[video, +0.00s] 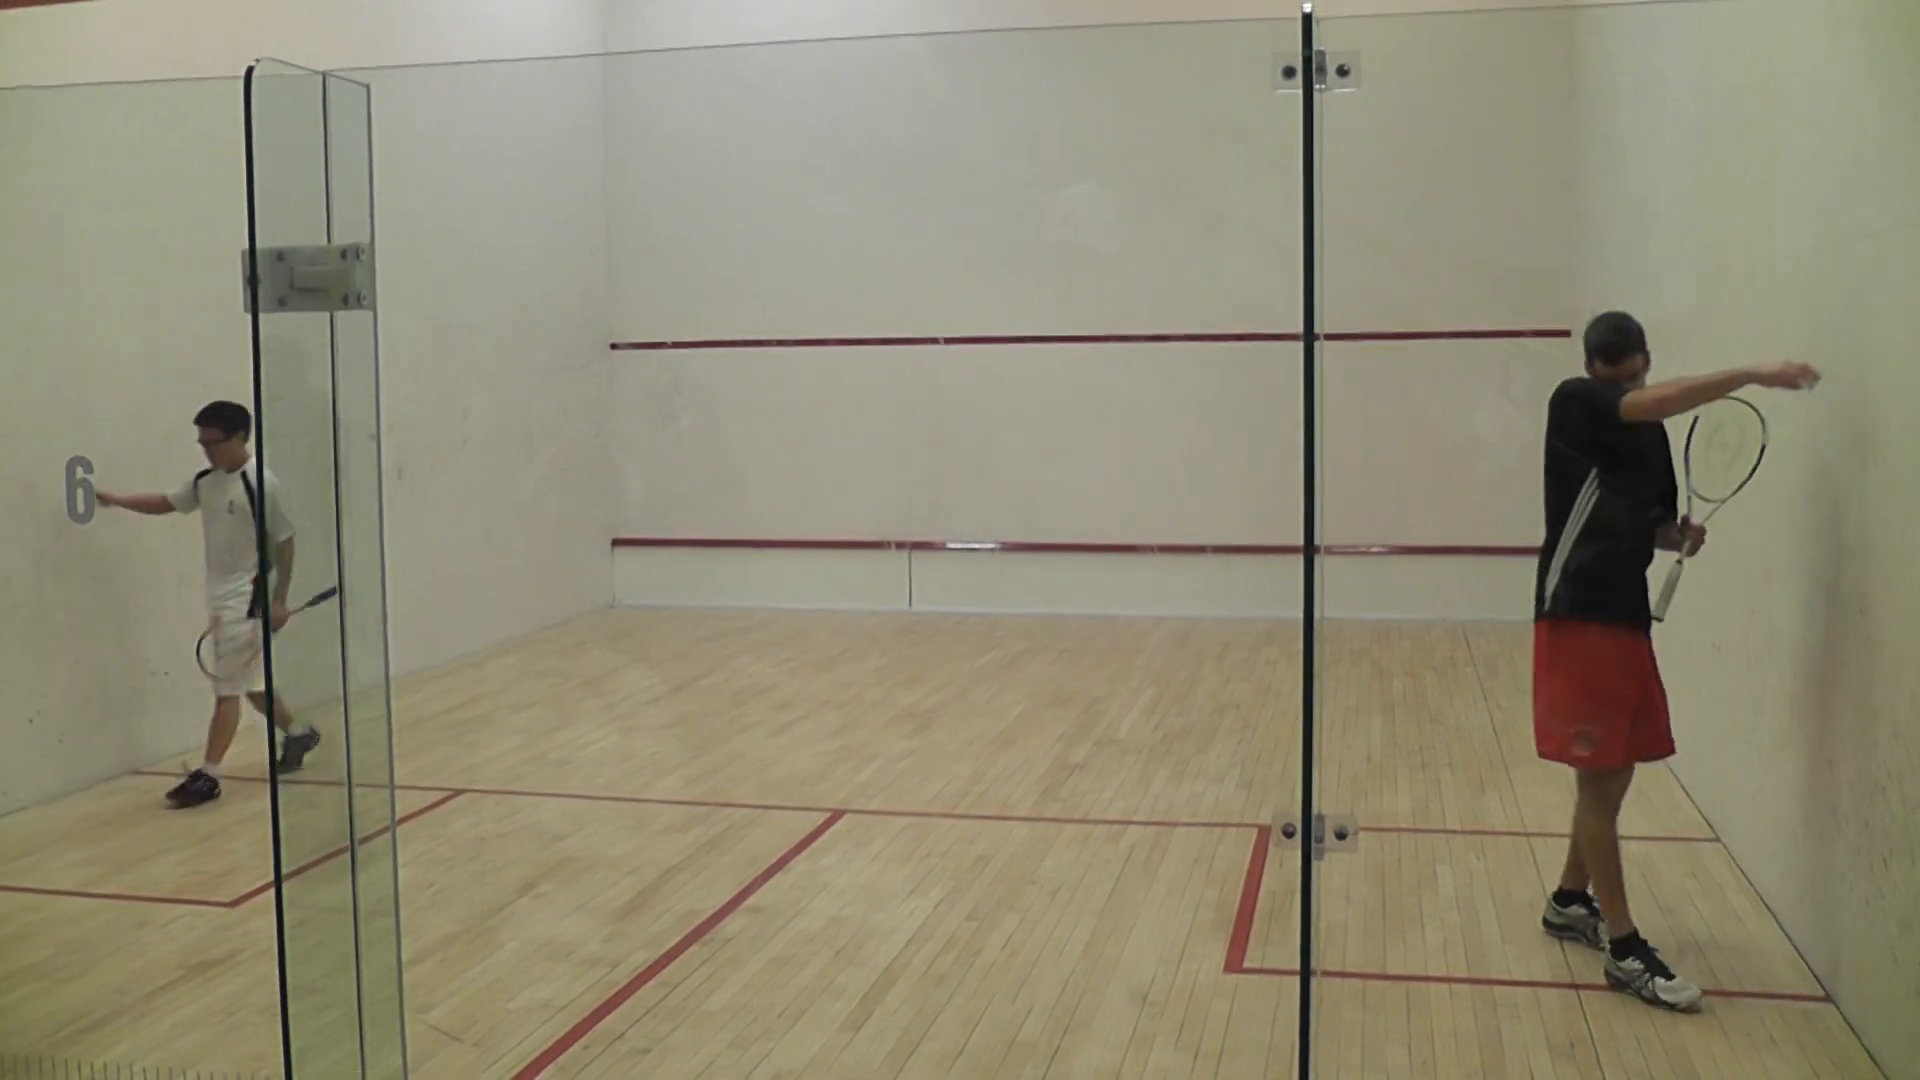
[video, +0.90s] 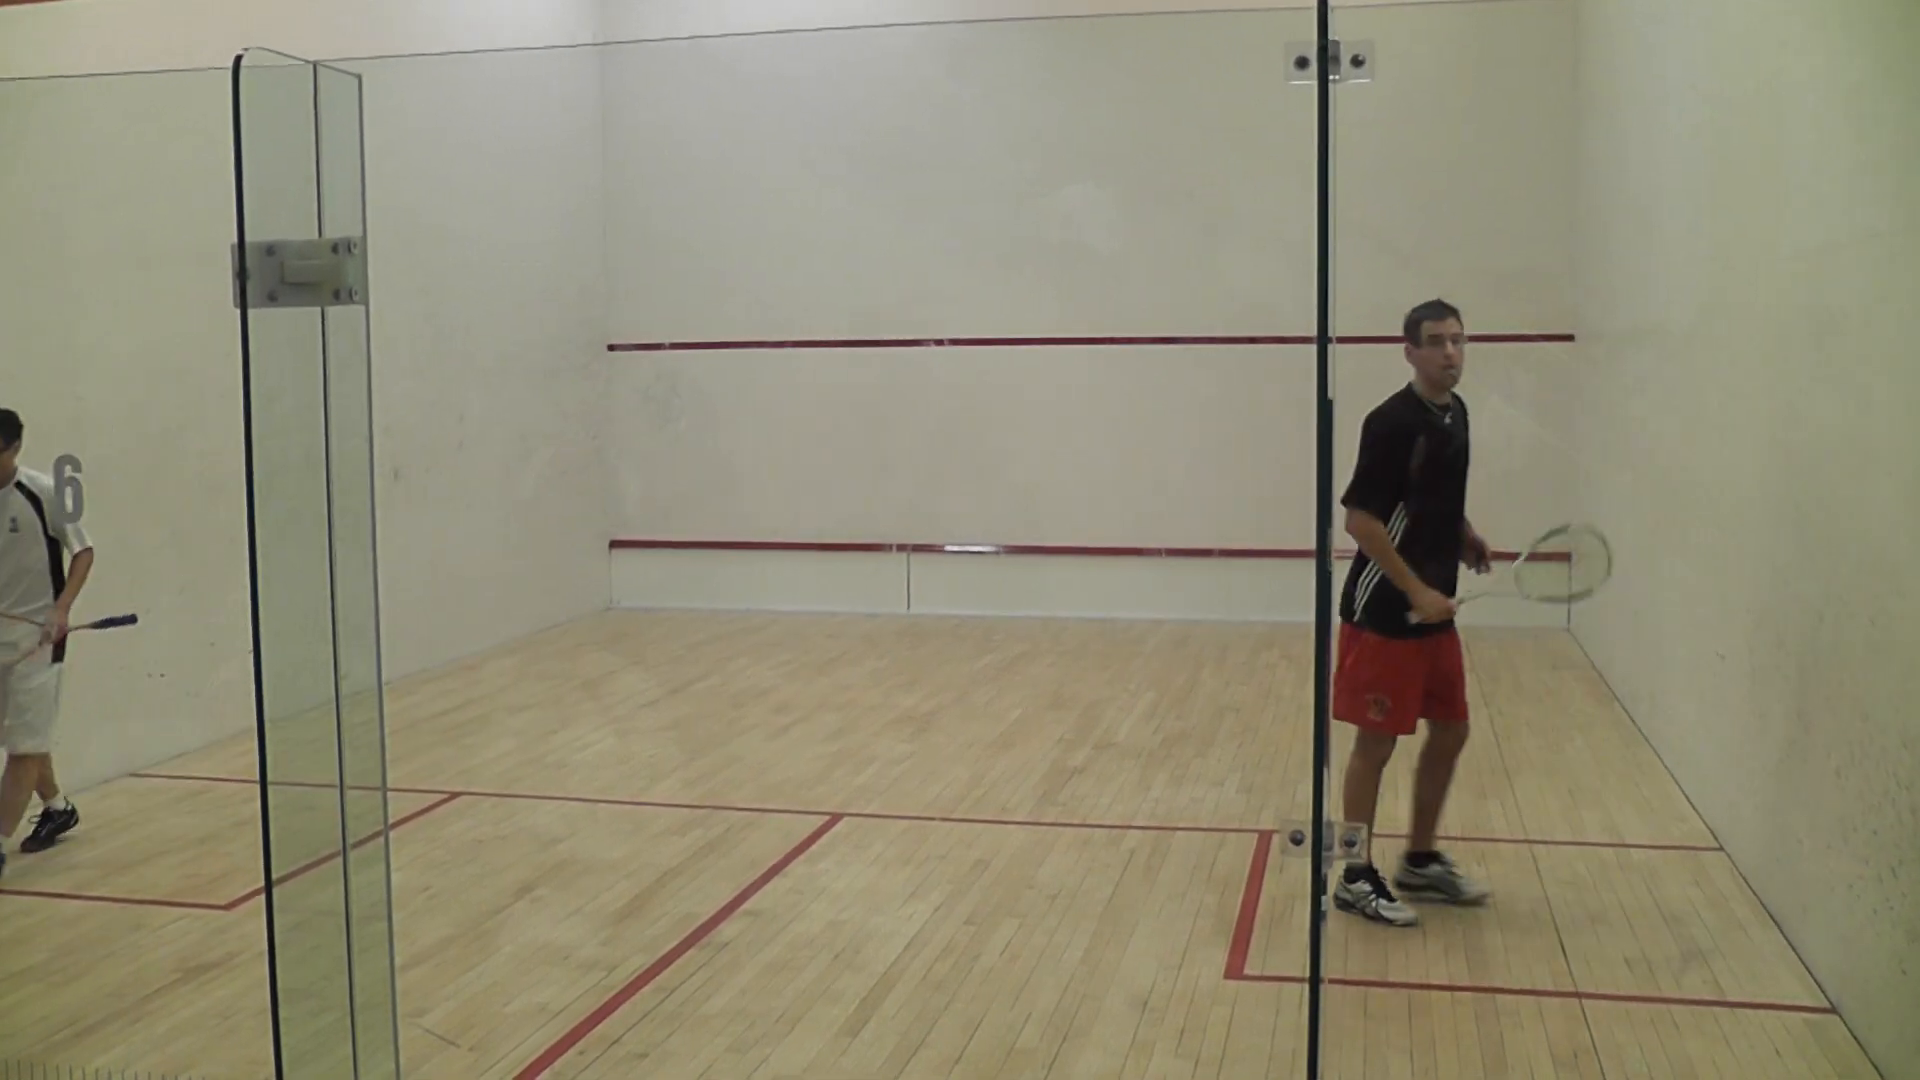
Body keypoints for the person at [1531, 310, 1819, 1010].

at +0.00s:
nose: (1633, 380)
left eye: (1638, 369)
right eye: (1622, 371)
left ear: (1642, 360)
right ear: (1597, 363)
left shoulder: (1650, 428)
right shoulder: (1572, 400)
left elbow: (1645, 521)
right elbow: (1647, 405)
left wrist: (1671, 533)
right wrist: (1752, 375)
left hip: (1623, 616)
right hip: (1579, 614)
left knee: (1618, 765)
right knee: (1601, 774)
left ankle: (1569, 897)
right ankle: (1622, 947)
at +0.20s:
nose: (1599, 386)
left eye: (1608, 373)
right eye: (1586, 376)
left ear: (1620, 357)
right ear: (1561, 361)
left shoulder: (1628, 428)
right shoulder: (1542, 395)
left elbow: (1633, 516)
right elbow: (1583, 423)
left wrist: (1647, 533)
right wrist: (1682, 406)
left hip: (1594, 620)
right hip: (1535, 615)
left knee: (1592, 764)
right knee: (1546, 768)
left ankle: (1571, 908)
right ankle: (1543, 927)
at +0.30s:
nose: (1579, 374)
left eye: (1589, 362)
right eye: (1566, 364)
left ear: (1602, 357)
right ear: (1544, 358)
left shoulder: (1615, 430)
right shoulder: (1519, 401)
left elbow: (1613, 520)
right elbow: (1543, 448)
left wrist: (1631, 535)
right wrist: (1639, 442)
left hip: (1579, 616)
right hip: (1516, 611)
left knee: (1581, 760)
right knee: (1518, 762)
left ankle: (1567, 905)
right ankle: (1480, 902)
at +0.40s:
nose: (1560, 369)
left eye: (1569, 357)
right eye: (1547, 358)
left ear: (1583, 355)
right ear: (1526, 357)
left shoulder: (1585, 430)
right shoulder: (1501, 410)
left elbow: (1579, 518)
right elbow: (1499, 479)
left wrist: (1610, 535)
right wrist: (1597, 488)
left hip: (1558, 621)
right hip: (1494, 619)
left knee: (1569, 761)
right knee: (1488, 762)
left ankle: (1566, 904)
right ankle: (1414, 869)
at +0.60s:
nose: (1513, 369)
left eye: (1520, 357)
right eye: (1499, 358)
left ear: (1529, 362)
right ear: (1471, 361)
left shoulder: (1522, 434)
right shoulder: (1440, 431)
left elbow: (1517, 518)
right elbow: (1431, 529)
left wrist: (1553, 536)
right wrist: (1521, 556)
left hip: (1502, 626)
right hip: (1440, 626)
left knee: (1526, 758)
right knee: (1418, 754)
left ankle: (1559, 899)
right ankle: (1361, 871)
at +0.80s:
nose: (1466, 359)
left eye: (1472, 347)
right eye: (1451, 349)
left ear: (1481, 353)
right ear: (1425, 357)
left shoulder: (1473, 419)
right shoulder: (1400, 427)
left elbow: (1455, 503)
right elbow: (1379, 528)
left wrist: (1489, 540)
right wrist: (1450, 579)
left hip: (1446, 616)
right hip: (1394, 620)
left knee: (1475, 736)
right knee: (1383, 743)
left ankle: (1481, 876)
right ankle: (1354, 875)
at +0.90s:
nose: (1448, 352)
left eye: (1455, 341)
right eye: (1434, 343)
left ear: (1465, 348)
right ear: (1410, 351)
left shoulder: (1455, 412)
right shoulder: (1391, 422)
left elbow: (1431, 495)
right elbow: (1360, 518)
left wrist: (1463, 535)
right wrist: (1415, 589)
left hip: (1431, 608)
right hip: (1381, 613)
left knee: (1448, 730)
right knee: (1376, 740)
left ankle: (1419, 861)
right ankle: (1353, 873)